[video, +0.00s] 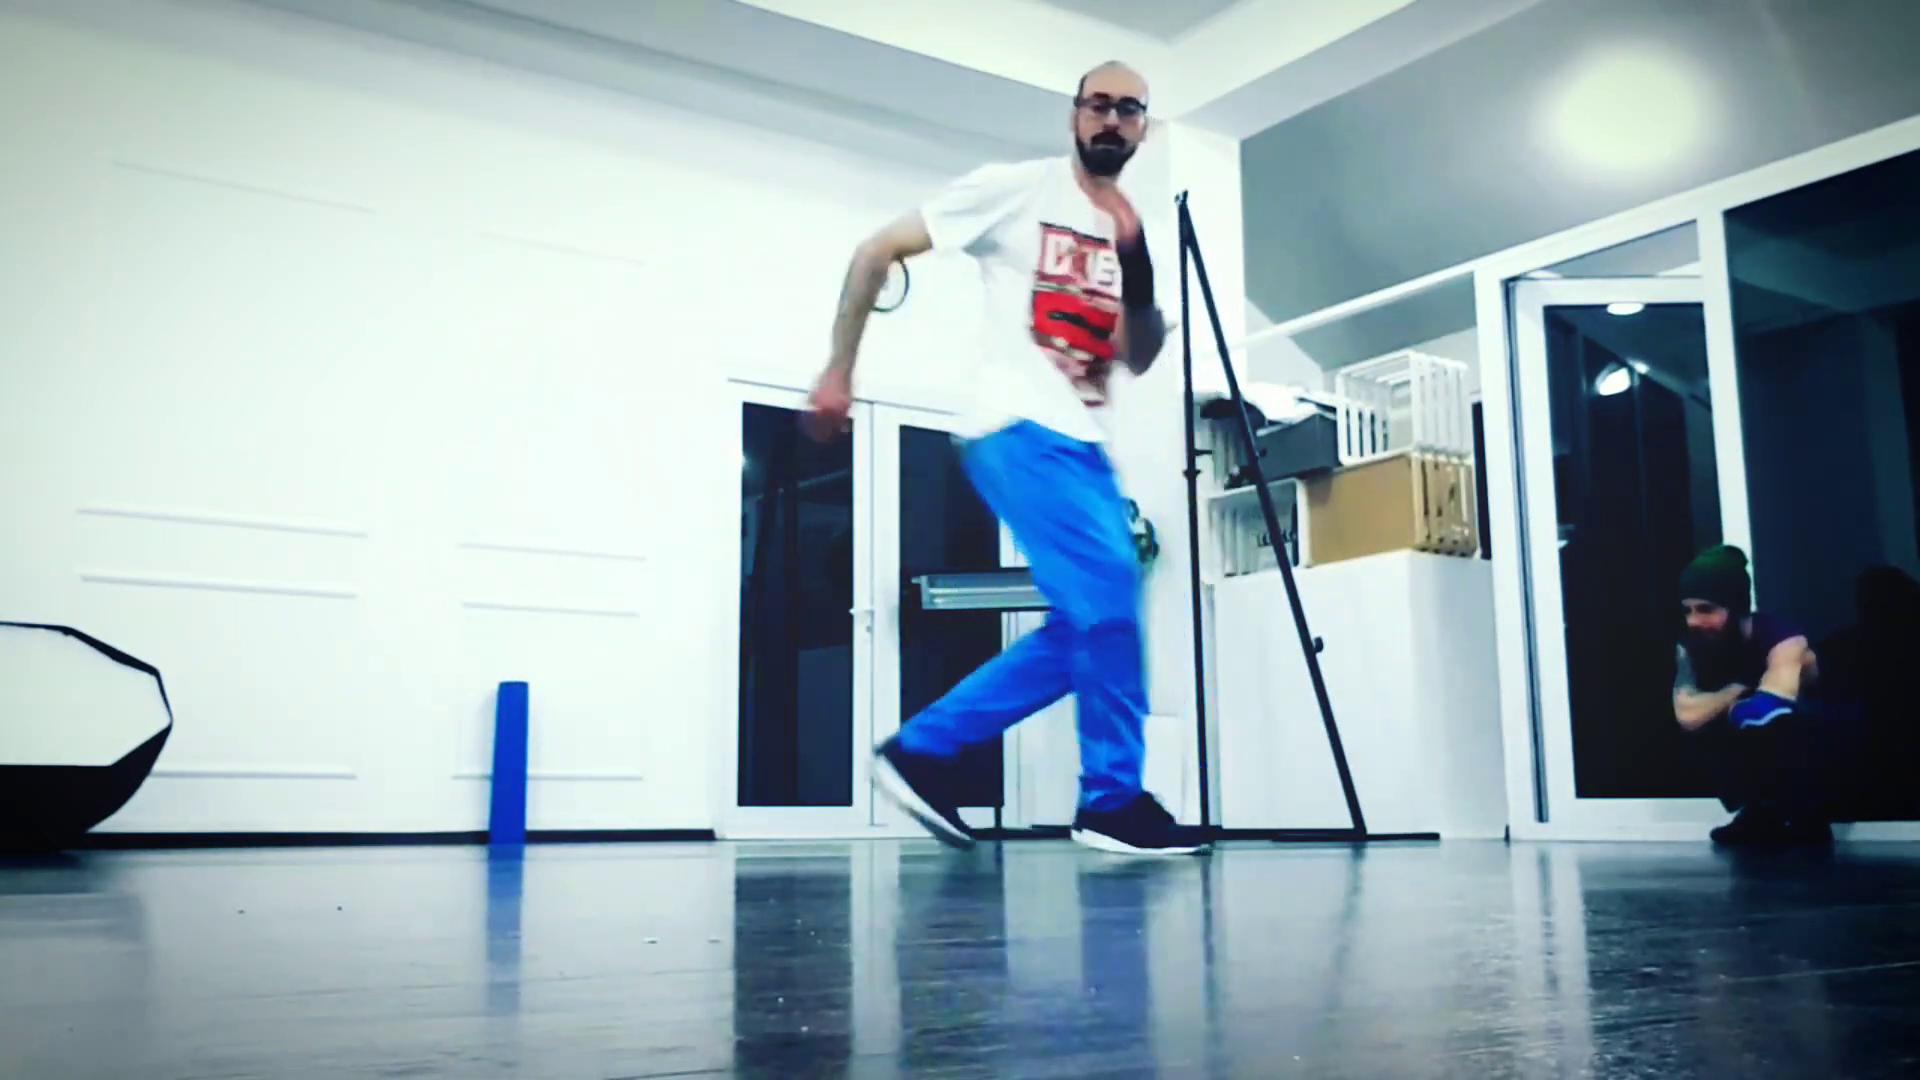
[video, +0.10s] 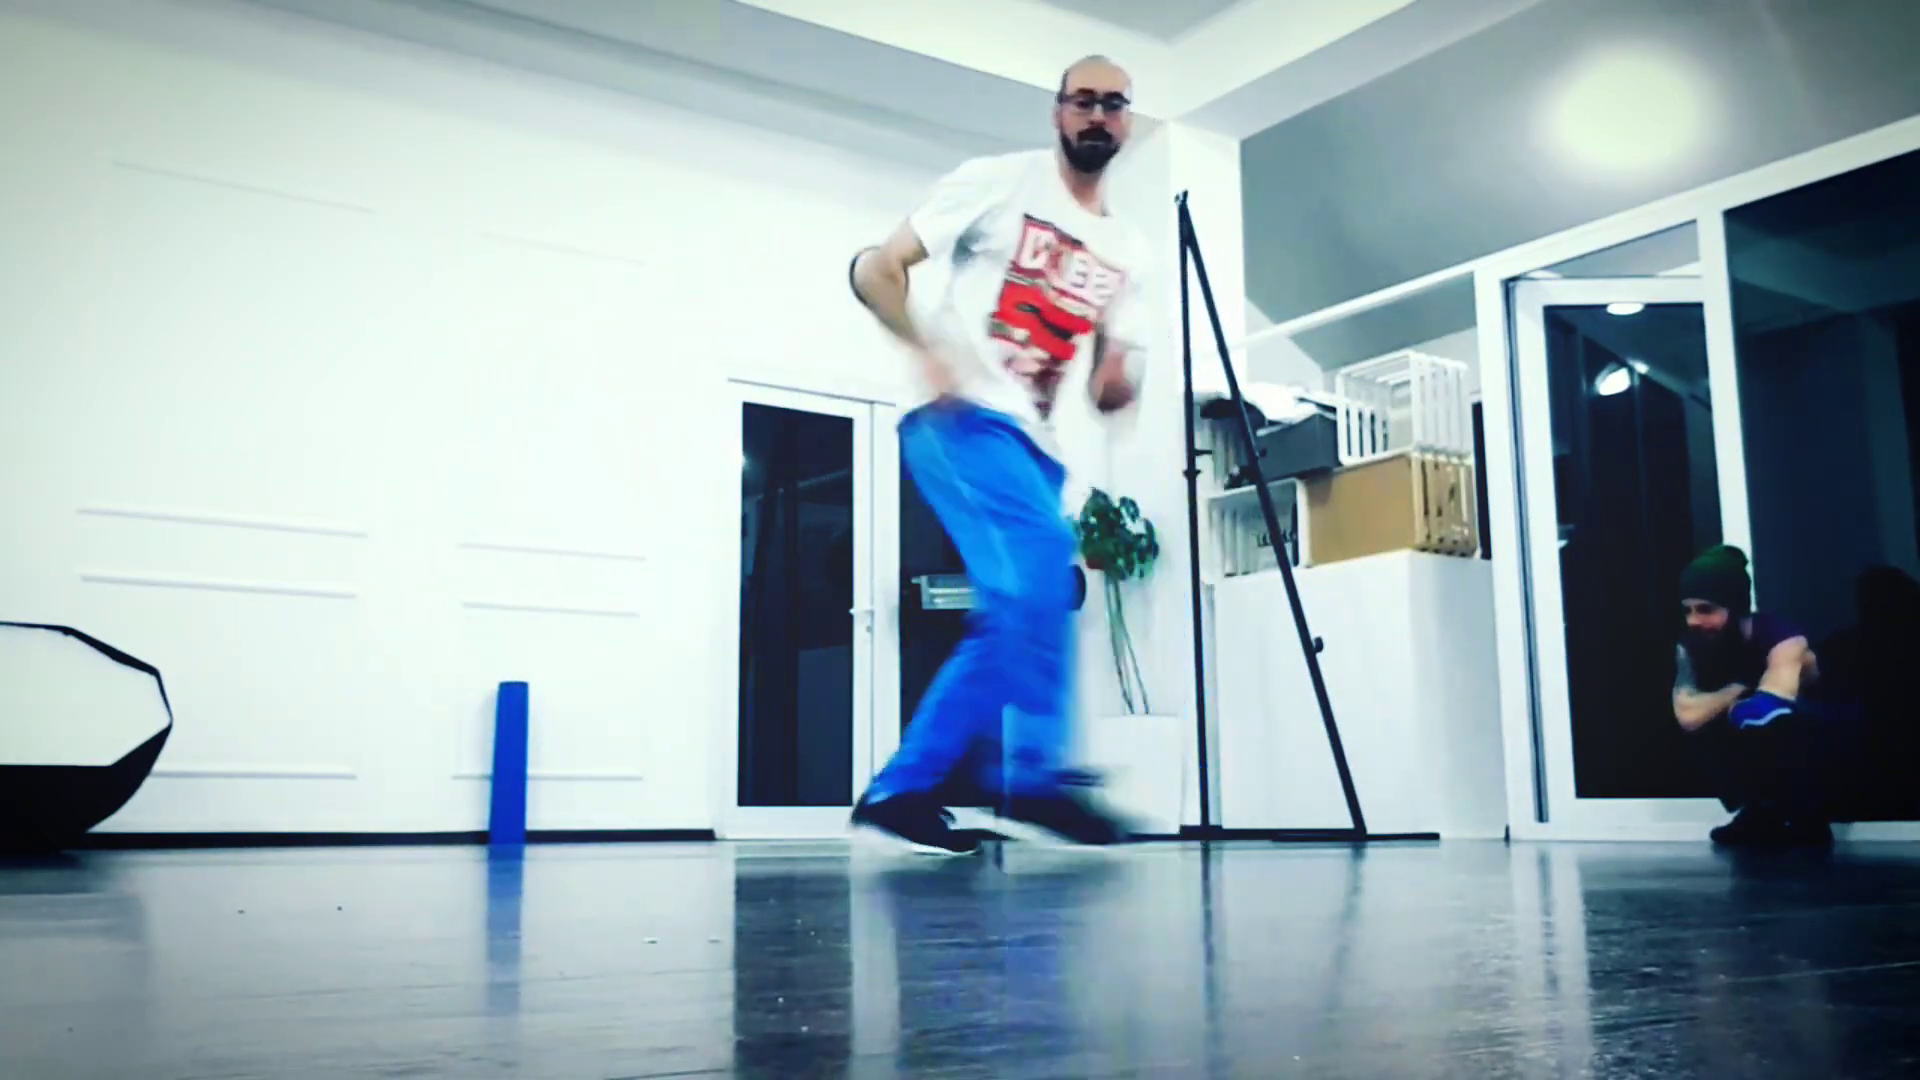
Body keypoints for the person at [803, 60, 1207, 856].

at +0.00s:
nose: (1110, 120)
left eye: (1126, 110)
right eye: (1097, 105)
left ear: (1144, 127)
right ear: (1073, 113)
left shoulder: (1132, 224)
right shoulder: (1019, 187)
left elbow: (1140, 357)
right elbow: (876, 252)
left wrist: (1136, 260)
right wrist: (838, 371)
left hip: (1080, 438)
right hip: (1014, 424)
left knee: (1090, 623)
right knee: (1109, 578)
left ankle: (918, 752)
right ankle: (1113, 797)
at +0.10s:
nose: (1097, 116)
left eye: (1112, 104)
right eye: (1083, 101)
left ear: (1129, 120)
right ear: (1057, 111)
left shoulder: (1122, 249)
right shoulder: (997, 182)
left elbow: (1107, 396)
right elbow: (876, 268)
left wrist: (1120, 360)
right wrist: (926, 347)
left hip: (1033, 443)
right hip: (959, 415)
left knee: (1016, 612)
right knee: (1047, 569)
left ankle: (904, 790)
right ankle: (1036, 777)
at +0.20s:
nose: (1065, 104)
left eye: (1079, 90)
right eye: (1049, 89)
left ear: (1096, 104)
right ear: (1020, 100)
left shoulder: (1094, 239)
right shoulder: (964, 173)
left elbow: (1065, 363)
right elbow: (873, 278)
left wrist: (1086, 446)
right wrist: (975, 250)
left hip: (1012, 433)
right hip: (930, 392)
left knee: (1003, 617)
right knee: (997, 533)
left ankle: (884, 795)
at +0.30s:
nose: (1035, 88)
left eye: (1048, 74)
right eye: (1018, 74)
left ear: (1067, 86)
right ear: (990, 84)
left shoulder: (1073, 217)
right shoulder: (935, 154)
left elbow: (1033, 333)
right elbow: (855, 258)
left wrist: (1057, 408)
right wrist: (965, 208)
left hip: (998, 416)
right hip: (907, 377)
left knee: (1020, 594)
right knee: (960, 516)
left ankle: (893, 767)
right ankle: (793, 622)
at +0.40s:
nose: (996, 84)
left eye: (1009, 68)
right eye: (978, 71)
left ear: (1031, 79)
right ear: (953, 84)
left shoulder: (1054, 213)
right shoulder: (906, 164)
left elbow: (1024, 324)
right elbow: (835, 291)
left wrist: (1038, 366)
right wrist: (888, 333)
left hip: (983, 429)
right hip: (895, 397)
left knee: (968, 617)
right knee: (915, 528)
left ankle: (875, 801)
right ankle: (887, 765)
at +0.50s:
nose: (948, 68)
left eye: (958, 51)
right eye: (928, 58)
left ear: (982, 57)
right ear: (905, 72)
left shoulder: (1029, 177)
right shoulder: (868, 159)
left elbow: (1039, 326)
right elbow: (811, 289)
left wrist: (1020, 260)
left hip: (978, 408)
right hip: (883, 391)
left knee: (984, 604)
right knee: (927, 524)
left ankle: (879, 772)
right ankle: (920, 775)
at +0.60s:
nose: (893, 60)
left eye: (901, 39)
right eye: (871, 51)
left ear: (926, 41)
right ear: (850, 68)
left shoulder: (999, 151)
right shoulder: (828, 163)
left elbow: (1057, 288)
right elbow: (776, 295)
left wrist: (1008, 224)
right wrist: (730, 419)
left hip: (979, 398)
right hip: (878, 392)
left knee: (1041, 567)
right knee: (938, 556)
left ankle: (960, 766)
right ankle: (880, 781)